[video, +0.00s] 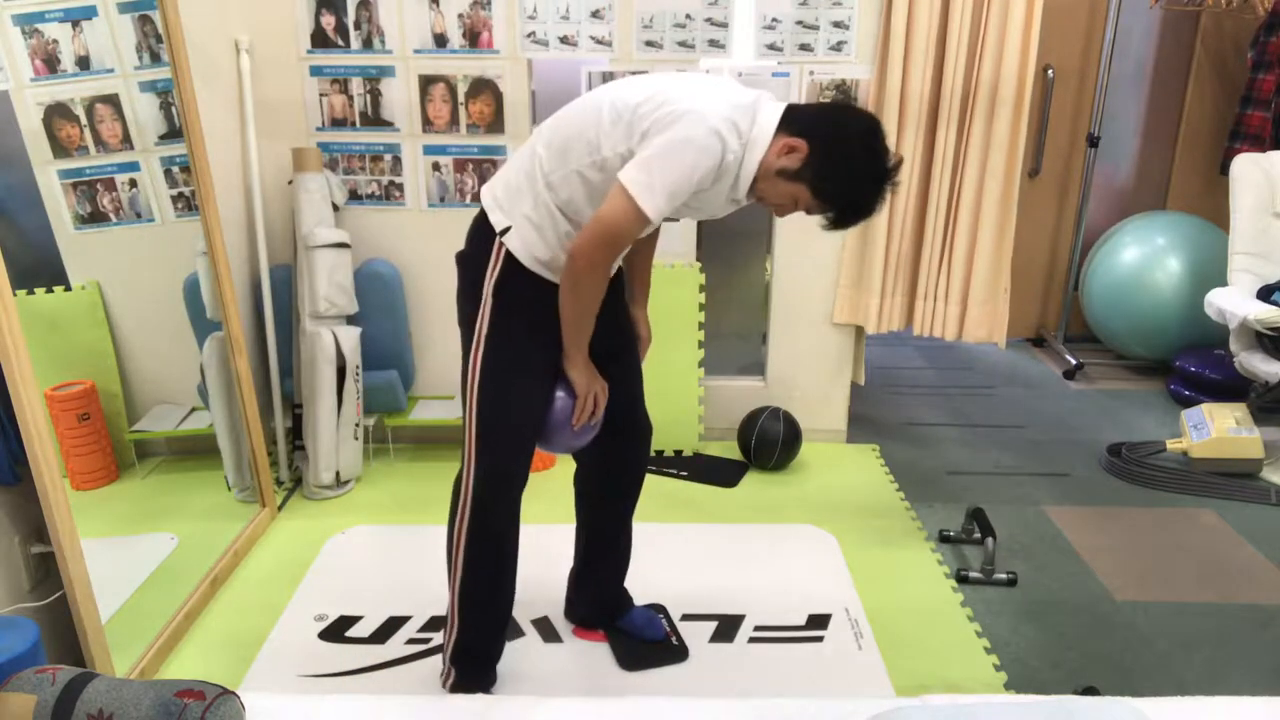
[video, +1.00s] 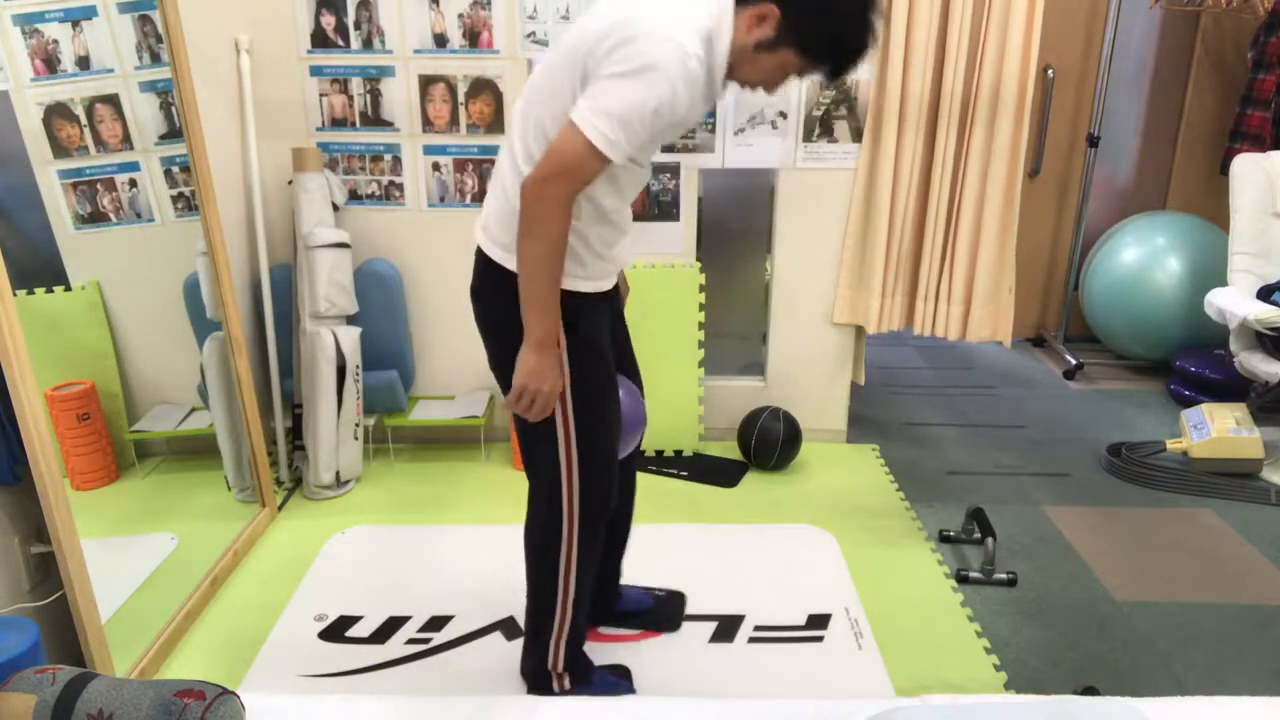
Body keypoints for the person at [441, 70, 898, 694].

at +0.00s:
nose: (791, 214)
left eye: (806, 210)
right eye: (803, 202)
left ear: (791, 150)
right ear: (790, 152)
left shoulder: (748, 145)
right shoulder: (700, 137)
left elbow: (646, 212)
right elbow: (589, 250)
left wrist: (636, 300)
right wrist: (575, 359)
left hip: (594, 264)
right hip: (518, 251)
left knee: (622, 436)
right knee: (497, 462)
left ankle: (598, 600)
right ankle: (470, 662)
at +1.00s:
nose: (778, 88)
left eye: (793, 78)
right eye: (788, 71)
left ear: (761, 17)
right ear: (762, 21)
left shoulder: (700, 44)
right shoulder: (666, 63)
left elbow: (603, 171)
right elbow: (545, 187)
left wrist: (611, 261)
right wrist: (541, 339)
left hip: (586, 276)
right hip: (539, 282)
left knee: (618, 435)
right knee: (576, 471)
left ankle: (594, 595)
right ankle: (554, 669)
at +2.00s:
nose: (728, 7)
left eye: (734, 1)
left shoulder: (640, 19)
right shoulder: (608, 29)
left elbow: (573, 173)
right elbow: (535, 185)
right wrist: (562, 341)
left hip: (587, 276)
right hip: (547, 287)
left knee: (603, 438)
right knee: (566, 473)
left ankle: (589, 583)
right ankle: (553, 666)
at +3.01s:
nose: (726, 35)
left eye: (740, 27)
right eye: (742, 19)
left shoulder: (621, 13)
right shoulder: (657, 7)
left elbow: (577, 122)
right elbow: (595, 115)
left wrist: (601, 254)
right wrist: (615, 262)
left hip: (559, 239)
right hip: (551, 241)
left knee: (590, 423)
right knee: (566, 442)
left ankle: (580, 586)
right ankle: (523, 653)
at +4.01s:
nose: (767, 4)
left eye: (773, 3)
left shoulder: (647, 8)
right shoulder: (691, 8)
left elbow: (612, 140)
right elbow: (636, 146)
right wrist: (658, 296)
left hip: (590, 252)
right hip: (620, 264)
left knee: (623, 436)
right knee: (653, 459)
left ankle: (576, 578)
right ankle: (625, 645)